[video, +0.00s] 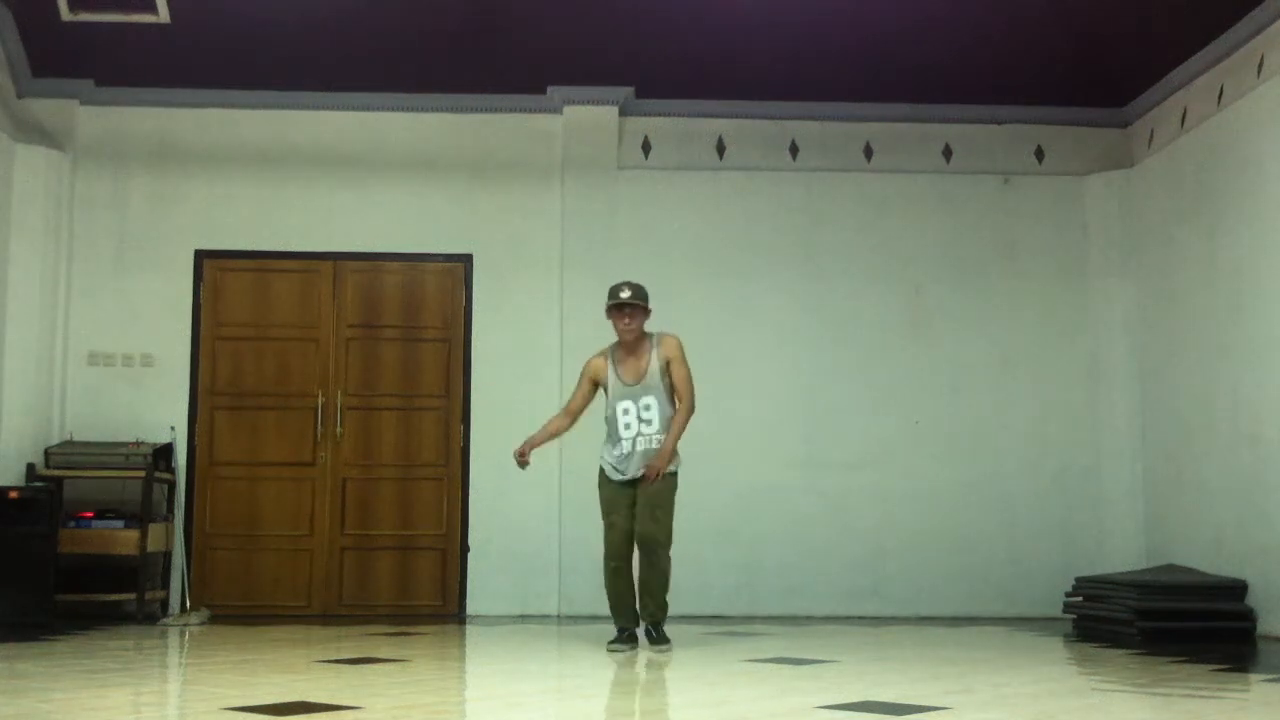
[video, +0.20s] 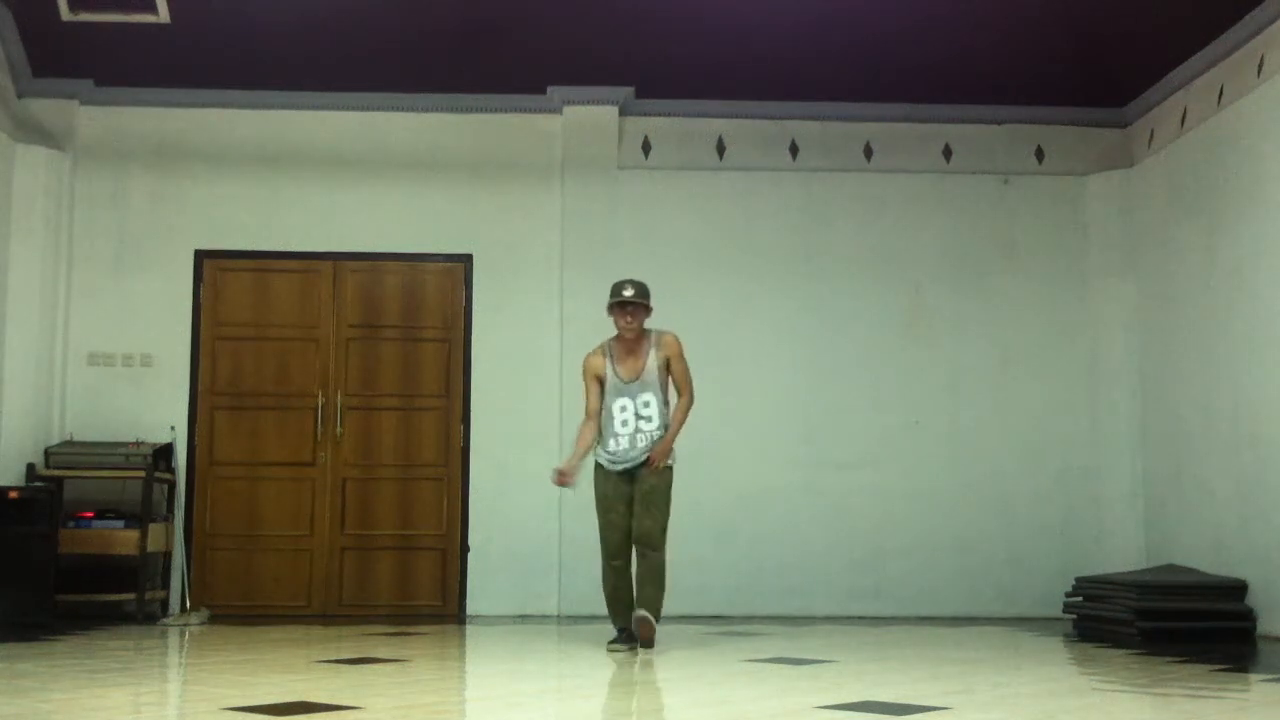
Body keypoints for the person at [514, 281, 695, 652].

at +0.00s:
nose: (626, 317)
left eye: (633, 310)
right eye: (619, 311)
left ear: (646, 314)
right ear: (610, 316)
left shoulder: (666, 348)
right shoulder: (599, 365)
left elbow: (686, 404)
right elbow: (568, 414)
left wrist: (665, 452)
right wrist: (531, 442)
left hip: (658, 467)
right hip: (615, 470)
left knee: (653, 544)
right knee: (617, 548)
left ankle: (654, 622)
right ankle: (626, 627)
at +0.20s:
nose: (628, 315)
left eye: (635, 309)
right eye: (621, 309)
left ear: (646, 312)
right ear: (611, 312)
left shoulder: (666, 345)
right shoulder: (596, 361)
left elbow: (685, 397)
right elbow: (591, 419)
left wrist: (667, 442)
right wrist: (572, 463)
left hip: (653, 463)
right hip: (610, 466)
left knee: (648, 541)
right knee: (614, 548)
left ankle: (647, 622)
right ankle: (624, 629)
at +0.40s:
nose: (639, 308)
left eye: (647, 303)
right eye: (633, 301)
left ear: (657, 307)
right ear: (622, 305)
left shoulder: (670, 344)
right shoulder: (601, 346)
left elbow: (675, 394)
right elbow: (603, 407)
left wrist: (670, 434)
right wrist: (626, 453)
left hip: (654, 458)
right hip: (611, 457)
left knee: (652, 540)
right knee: (614, 544)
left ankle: (649, 621)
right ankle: (622, 626)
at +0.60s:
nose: (648, 311)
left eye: (655, 305)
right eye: (642, 304)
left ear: (667, 310)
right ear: (631, 307)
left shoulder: (676, 354)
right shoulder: (612, 341)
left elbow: (677, 406)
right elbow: (597, 396)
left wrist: (674, 448)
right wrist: (644, 427)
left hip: (659, 466)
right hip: (617, 464)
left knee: (656, 545)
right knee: (619, 545)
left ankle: (649, 624)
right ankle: (622, 624)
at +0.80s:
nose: (649, 312)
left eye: (657, 306)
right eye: (643, 305)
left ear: (670, 311)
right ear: (634, 308)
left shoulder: (679, 357)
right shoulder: (615, 341)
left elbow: (678, 409)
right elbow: (583, 387)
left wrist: (680, 450)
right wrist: (626, 421)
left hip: (660, 466)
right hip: (618, 464)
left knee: (658, 548)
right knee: (622, 546)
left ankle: (651, 626)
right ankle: (627, 626)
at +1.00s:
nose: (653, 306)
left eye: (661, 300)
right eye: (647, 299)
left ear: (676, 306)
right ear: (639, 304)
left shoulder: (686, 358)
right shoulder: (621, 335)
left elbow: (681, 409)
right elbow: (576, 363)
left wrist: (679, 447)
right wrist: (594, 407)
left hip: (661, 464)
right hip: (617, 459)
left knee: (659, 548)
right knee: (620, 547)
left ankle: (654, 623)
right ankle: (626, 626)